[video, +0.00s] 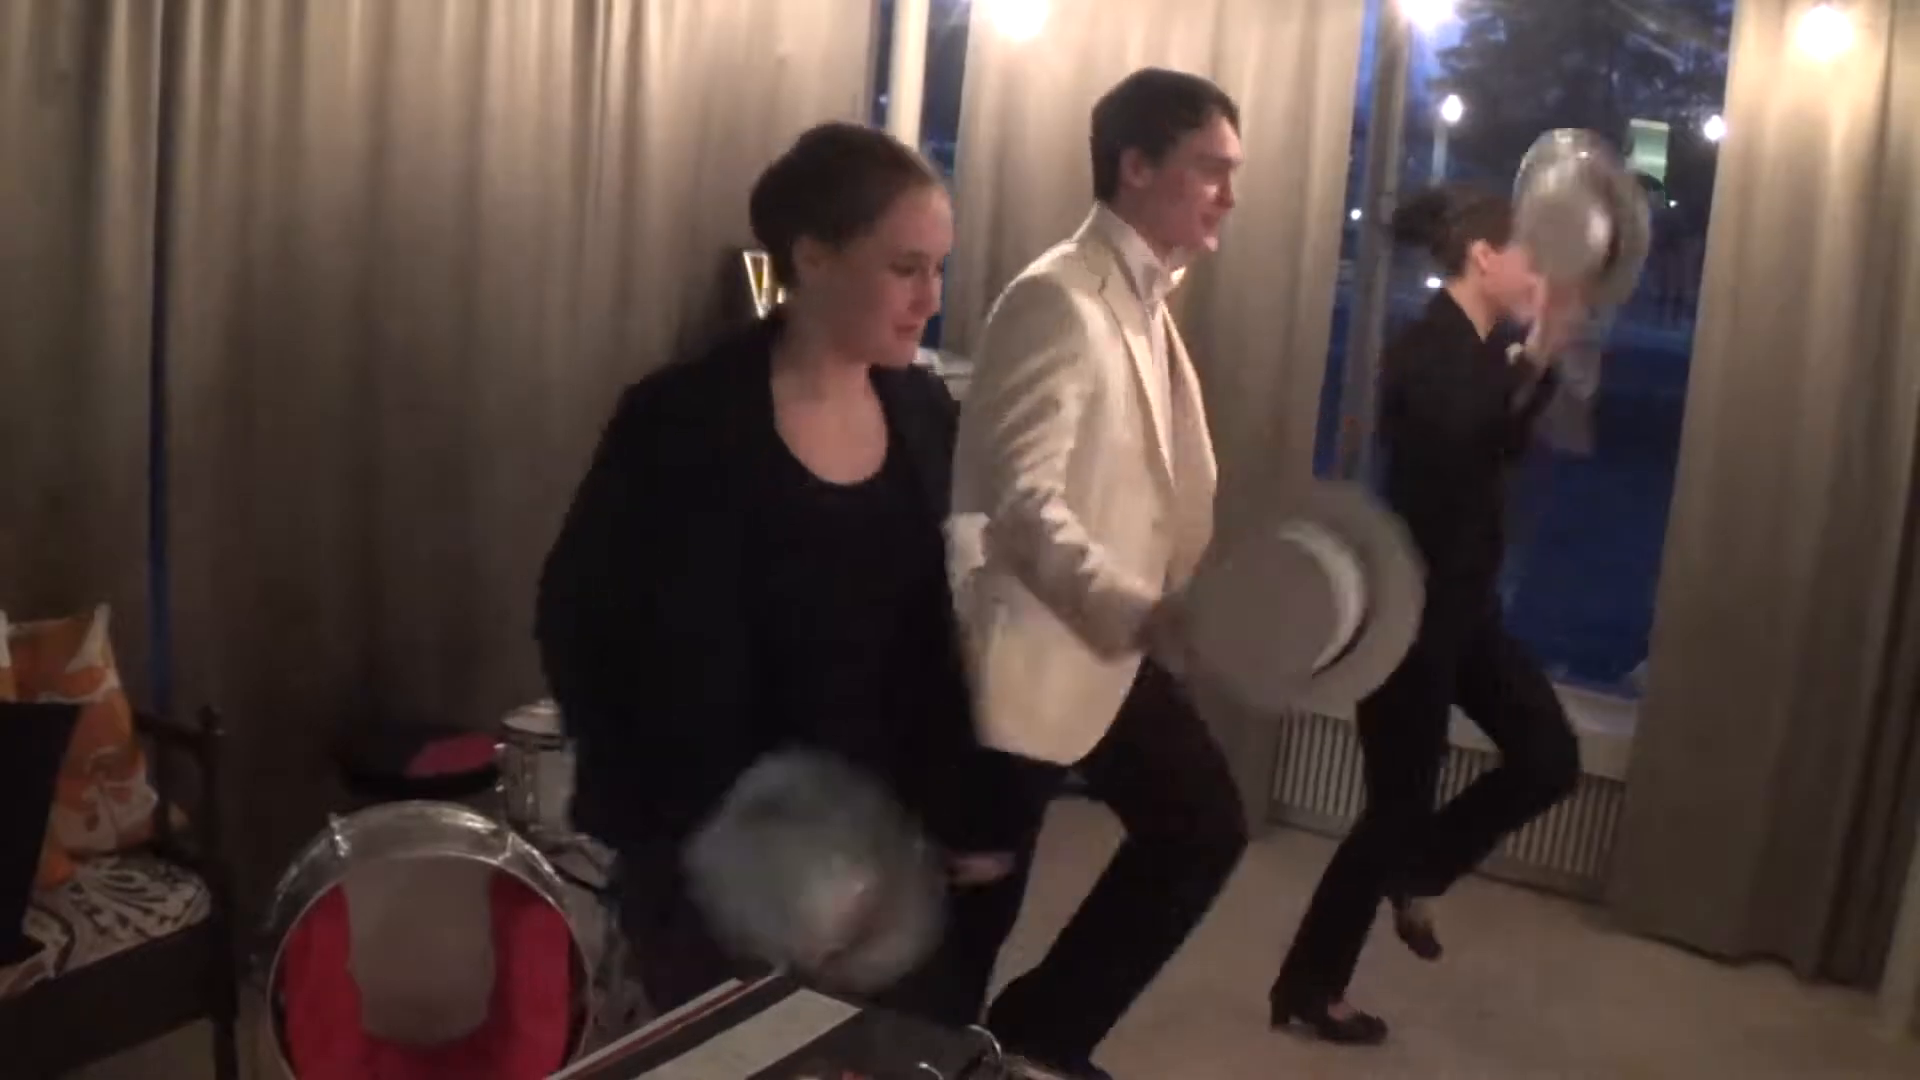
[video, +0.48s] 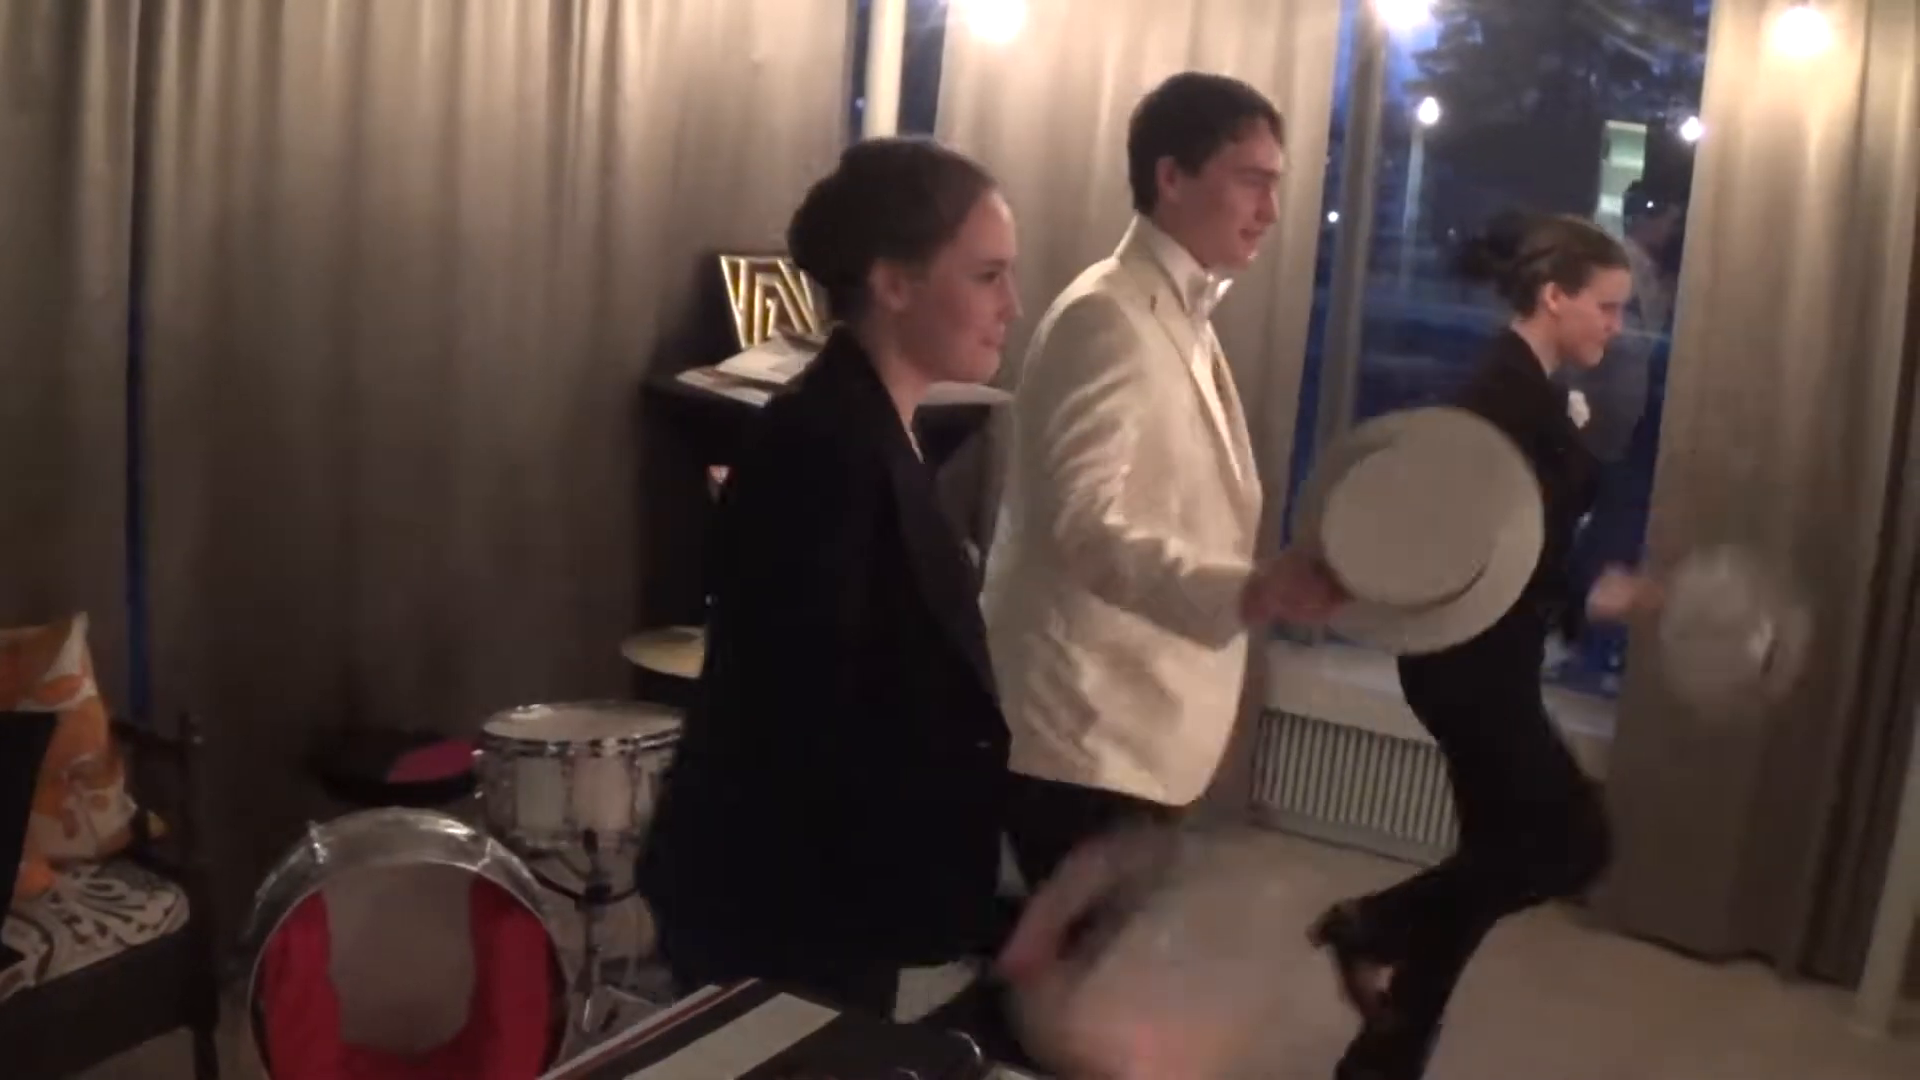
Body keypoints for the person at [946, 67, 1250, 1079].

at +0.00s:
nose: (1230, 193)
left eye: (1233, 172)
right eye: (1211, 169)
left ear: (1166, 181)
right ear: (1133, 170)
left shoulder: (1141, 300)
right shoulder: (1054, 301)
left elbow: (1121, 494)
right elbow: (1020, 509)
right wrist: (1146, 617)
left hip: (1101, 653)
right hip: (1013, 659)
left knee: (1198, 831)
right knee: (978, 891)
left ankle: (1043, 1033)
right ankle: (923, 1056)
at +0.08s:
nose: (1240, 202)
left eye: (1243, 181)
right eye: (1221, 178)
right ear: (1144, 180)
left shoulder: (1139, 308)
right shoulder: (1075, 303)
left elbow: (1116, 496)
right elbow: (1053, 502)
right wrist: (1195, 587)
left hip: (1096, 658)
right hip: (1011, 660)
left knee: (1212, 840)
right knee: (963, 909)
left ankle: (1047, 1053)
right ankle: (909, 1063)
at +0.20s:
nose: (1245, 209)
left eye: (1249, 186)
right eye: (1227, 183)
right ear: (1151, 179)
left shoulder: (1144, 303)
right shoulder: (1099, 308)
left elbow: (1128, 513)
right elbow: (1101, 522)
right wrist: (1274, 542)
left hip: (1100, 681)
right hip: (1011, 688)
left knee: (1168, 908)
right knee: (953, 942)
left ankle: (1064, 1073)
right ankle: (909, 1071)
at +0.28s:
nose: (1247, 212)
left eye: (1253, 190)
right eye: (1231, 185)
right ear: (1153, 179)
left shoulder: (1159, 308)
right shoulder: (1102, 309)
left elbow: (1162, 519)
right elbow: (1134, 519)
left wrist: (1314, 536)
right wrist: (1308, 536)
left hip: (1108, 708)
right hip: (1017, 710)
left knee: (1113, 963)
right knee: (951, 970)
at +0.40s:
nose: (1264, 202)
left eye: (1267, 178)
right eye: (1244, 174)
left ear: (1188, 185)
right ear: (1165, 175)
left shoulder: (1156, 305)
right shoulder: (1119, 311)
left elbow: (1156, 509)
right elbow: (1118, 517)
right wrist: (1309, 559)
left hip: (1120, 689)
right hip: (1079, 698)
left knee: (1107, 938)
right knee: (1107, 945)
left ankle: (1037, 1061)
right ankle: (1040, 1064)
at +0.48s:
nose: (1272, 206)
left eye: (1275, 184)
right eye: (1254, 180)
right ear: (1172, 178)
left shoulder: (1177, 316)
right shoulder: (1107, 318)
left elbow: (1155, 515)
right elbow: (1080, 527)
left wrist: (1259, 583)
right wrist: (1244, 591)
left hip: (1136, 728)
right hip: (1081, 737)